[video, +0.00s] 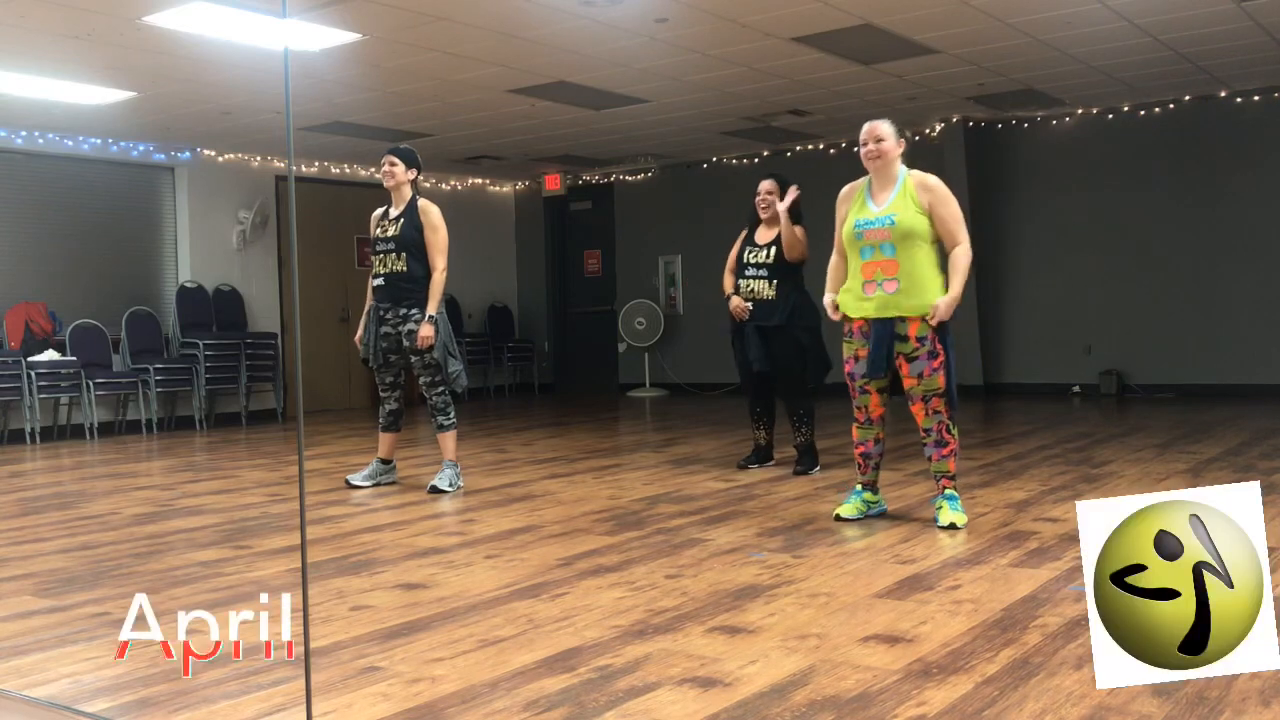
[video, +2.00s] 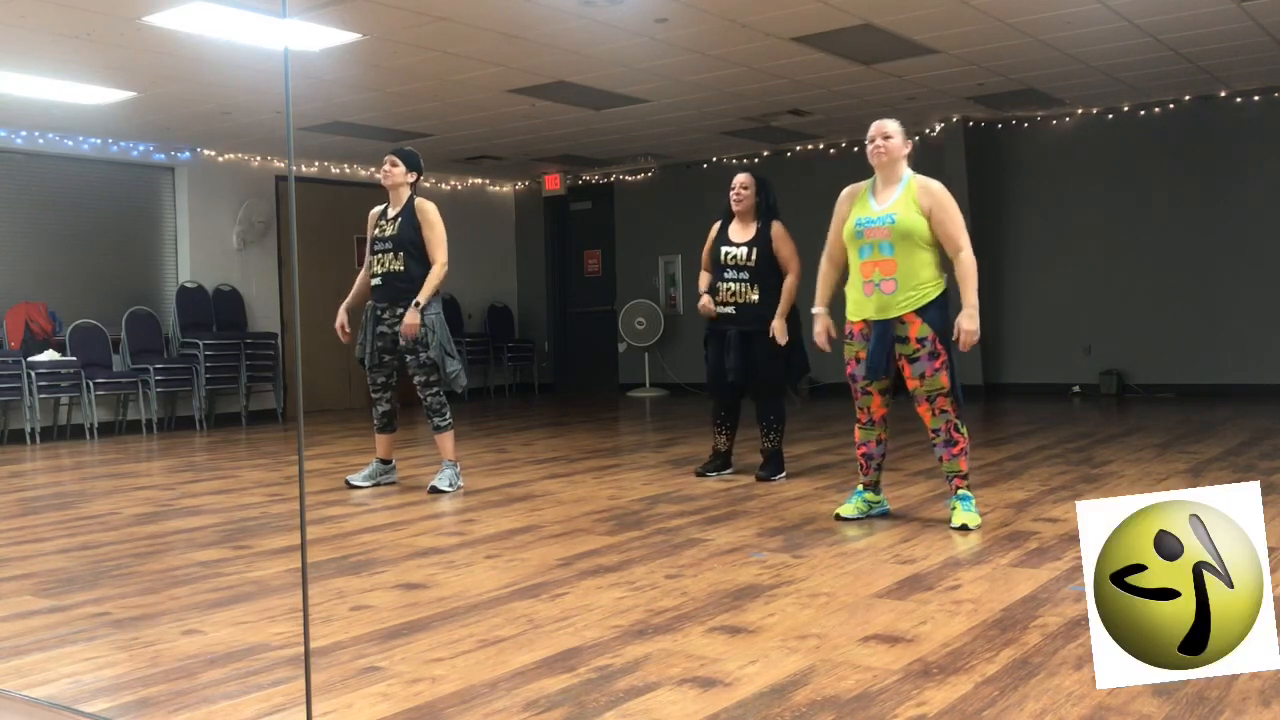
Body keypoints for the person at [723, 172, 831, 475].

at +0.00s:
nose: (762, 199)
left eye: (769, 194)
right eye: (759, 194)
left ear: (784, 199)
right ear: (754, 200)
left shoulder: (794, 232)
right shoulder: (747, 235)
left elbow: (794, 255)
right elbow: (729, 271)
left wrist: (783, 214)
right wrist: (731, 296)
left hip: (789, 325)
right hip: (752, 327)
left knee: (795, 388)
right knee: (757, 389)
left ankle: (806, 453)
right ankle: (762, 449)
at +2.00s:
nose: (736, 192)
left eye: (743, 188)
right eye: (733, 188)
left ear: (758, 195)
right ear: (728, 195)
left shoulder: (773, 229)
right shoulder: (719, 228)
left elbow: (793, 272)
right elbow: (706, 269)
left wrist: (780, 317)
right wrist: (704, 292)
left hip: (763, 330)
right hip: (724, 331)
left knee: (768, 394)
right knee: (724, 394)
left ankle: (772, 460)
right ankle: (721, 457)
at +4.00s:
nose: (716, 200)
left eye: (722, 194)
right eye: (711, 196)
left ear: (737, 199)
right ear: (705, 204)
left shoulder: (749, 235)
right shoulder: (692, 235)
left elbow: (752, 267)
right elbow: (676, 277)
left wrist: (740, 227)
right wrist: (675, 319)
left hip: (749, 323)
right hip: (706, 328)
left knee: (745, 365)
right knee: (713, 391)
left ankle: (762, 432)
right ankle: (722, 454)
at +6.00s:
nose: (738, 200)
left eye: (746, 195)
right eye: (735, 194)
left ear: (759, 201)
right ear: (730, 200)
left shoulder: (774, 228)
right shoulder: (728, 239)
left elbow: (808, 251)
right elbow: (716, 284)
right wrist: (698, 259)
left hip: (775, 326)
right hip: (737, 326)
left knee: (774, 388)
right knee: (705, 368)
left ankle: (780, 458)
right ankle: (721, 428)